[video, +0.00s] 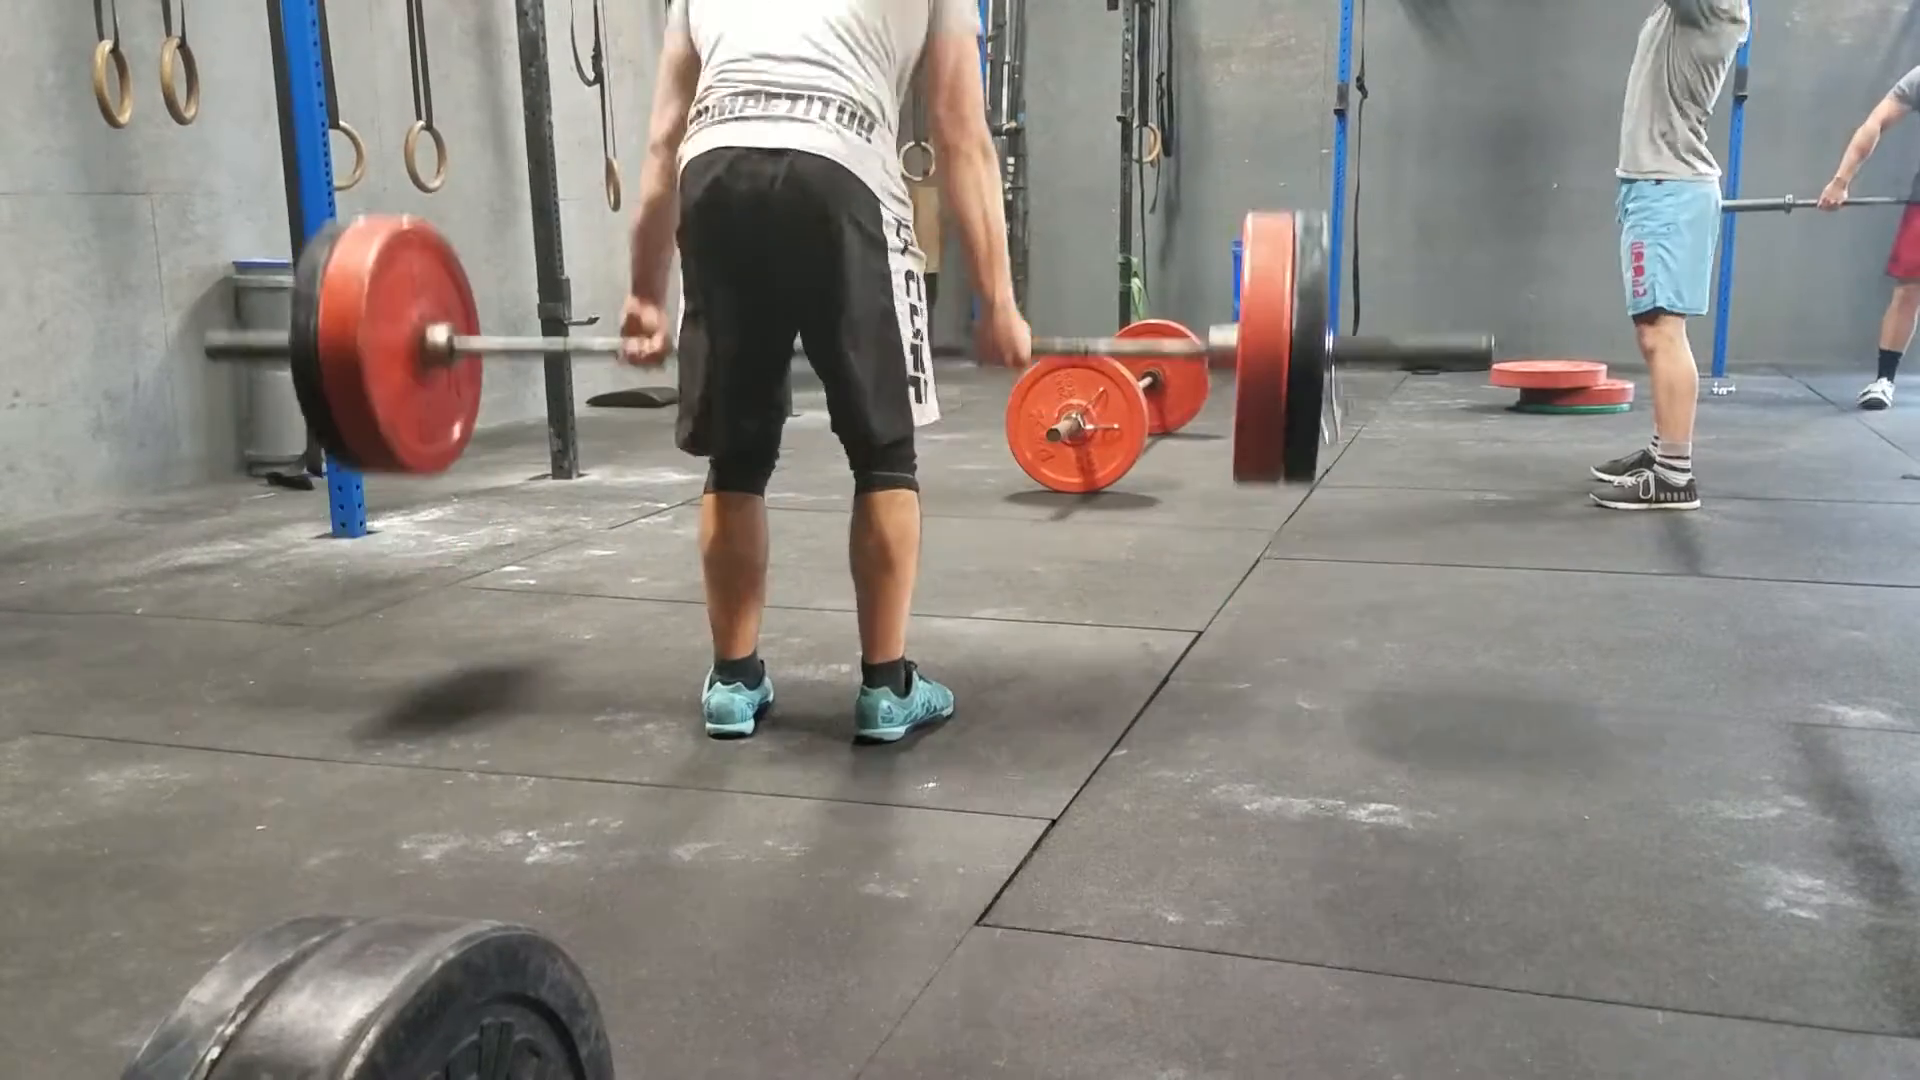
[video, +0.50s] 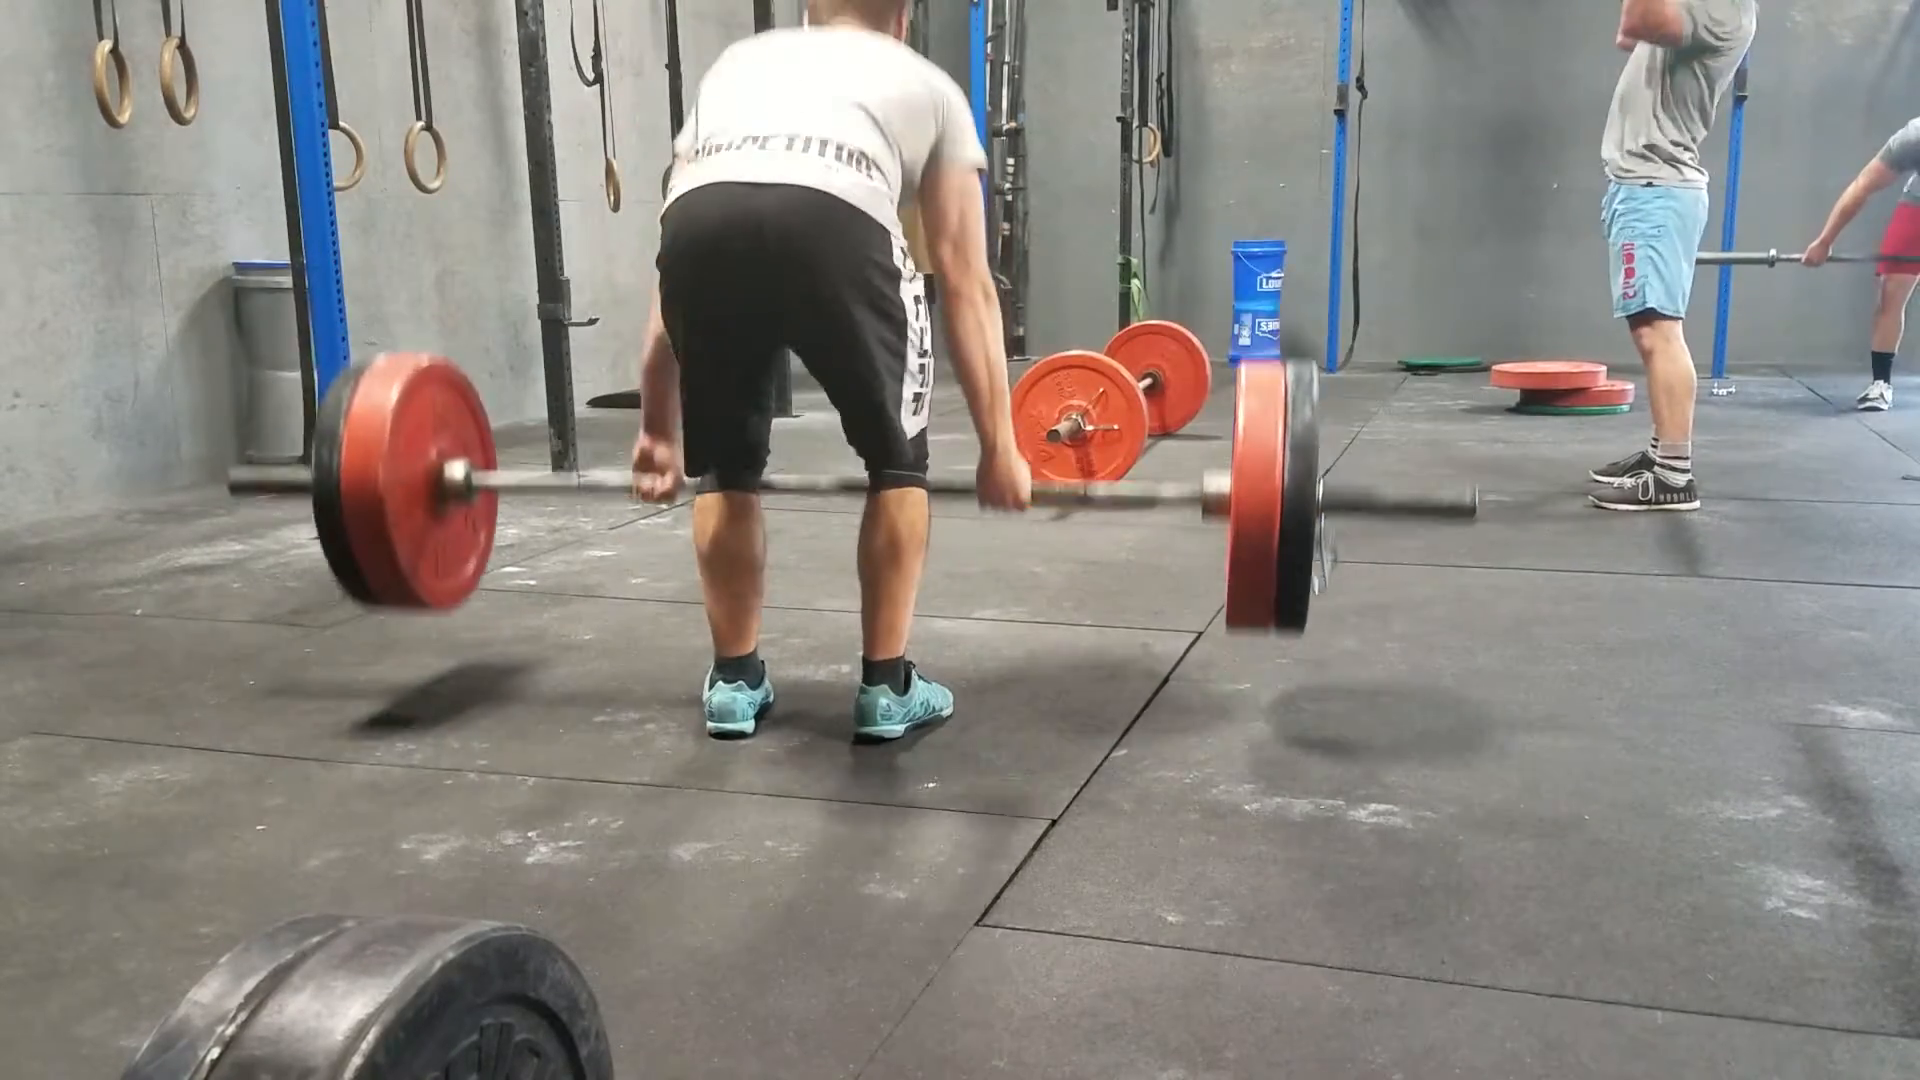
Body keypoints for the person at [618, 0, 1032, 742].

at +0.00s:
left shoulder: (701, 6)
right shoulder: (937, 5)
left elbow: (665, 146)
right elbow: (961, 139)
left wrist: (645, 293)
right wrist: (998, 301)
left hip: (715, 178)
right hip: (840, 181)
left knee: (735, 458)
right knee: (884, 454)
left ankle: (732, 681)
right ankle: (885, 686)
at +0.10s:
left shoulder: (691, 4)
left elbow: (660, 85)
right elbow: (956, 86)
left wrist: (637, 239)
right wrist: (997, 247)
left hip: (731, 183)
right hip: (850, 184)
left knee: (741, 456)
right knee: (878, 456)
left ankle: (733, 680)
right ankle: (884, 684)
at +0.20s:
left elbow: (654, 79)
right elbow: (955, 80)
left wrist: (635, 234)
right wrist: (995, 242)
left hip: (729, 196)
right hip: (852, 197)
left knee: (742, 452)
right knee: (878, 457)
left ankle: (732, 682)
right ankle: (884, 686)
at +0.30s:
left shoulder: (686, 5)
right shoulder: (928, 4)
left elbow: (661, 126)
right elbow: (957, 121)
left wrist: (643, 273)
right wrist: (995, 280)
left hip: (721, 203)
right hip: (846, 202)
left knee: (740, 456)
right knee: (883, 454)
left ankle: (732, 682)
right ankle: (885, 687)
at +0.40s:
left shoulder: (704, 10)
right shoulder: (932, 8)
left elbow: (669, 171)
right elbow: (960, 187)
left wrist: (651, 340)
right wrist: (996, 352)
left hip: (709, 207)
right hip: (832, 204)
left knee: (730, 460)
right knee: (890, 457)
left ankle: (732, 681)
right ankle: (885, 687)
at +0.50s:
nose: (907, 27)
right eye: (910, 21)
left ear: (810, 15)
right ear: (901, 19)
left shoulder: (732, 63)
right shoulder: (931, 84)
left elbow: (676, 254)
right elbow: (963, 277)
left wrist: (656, 425)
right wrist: (998, 443)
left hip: (703, 224)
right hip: (834, 226)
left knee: (725, 476)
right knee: (895, 466)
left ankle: (733, 682)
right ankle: (884, 686)